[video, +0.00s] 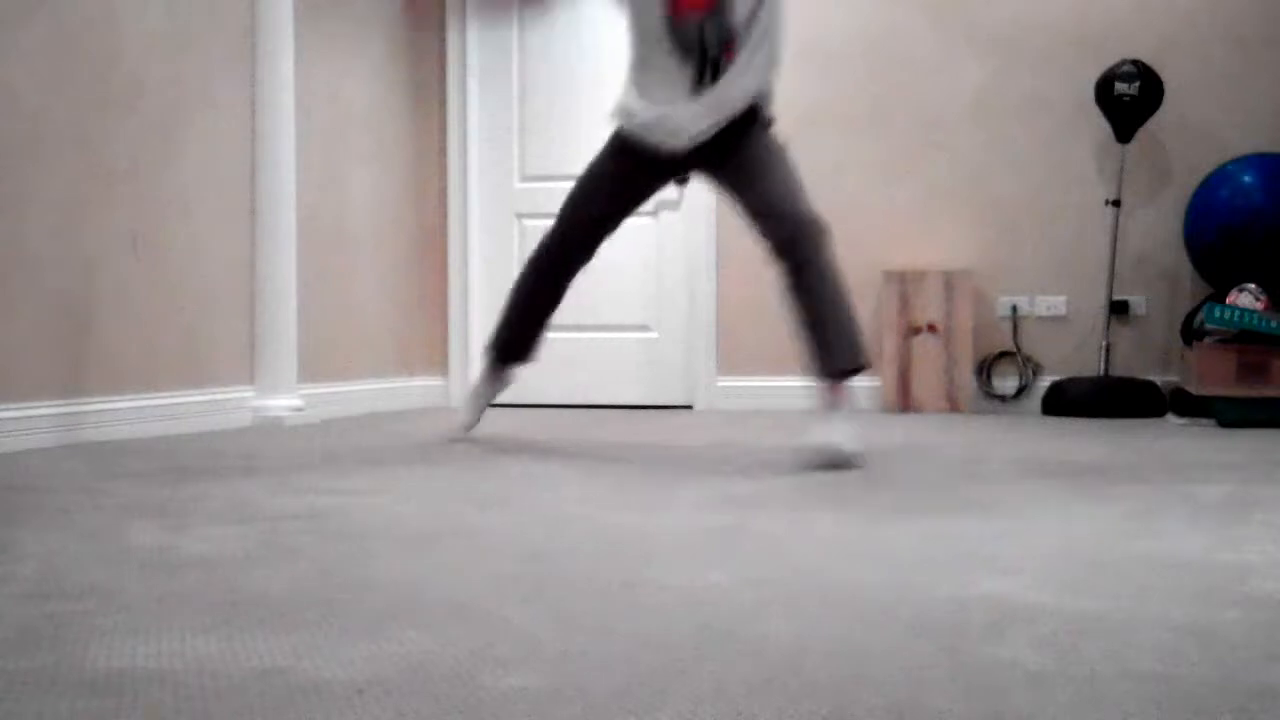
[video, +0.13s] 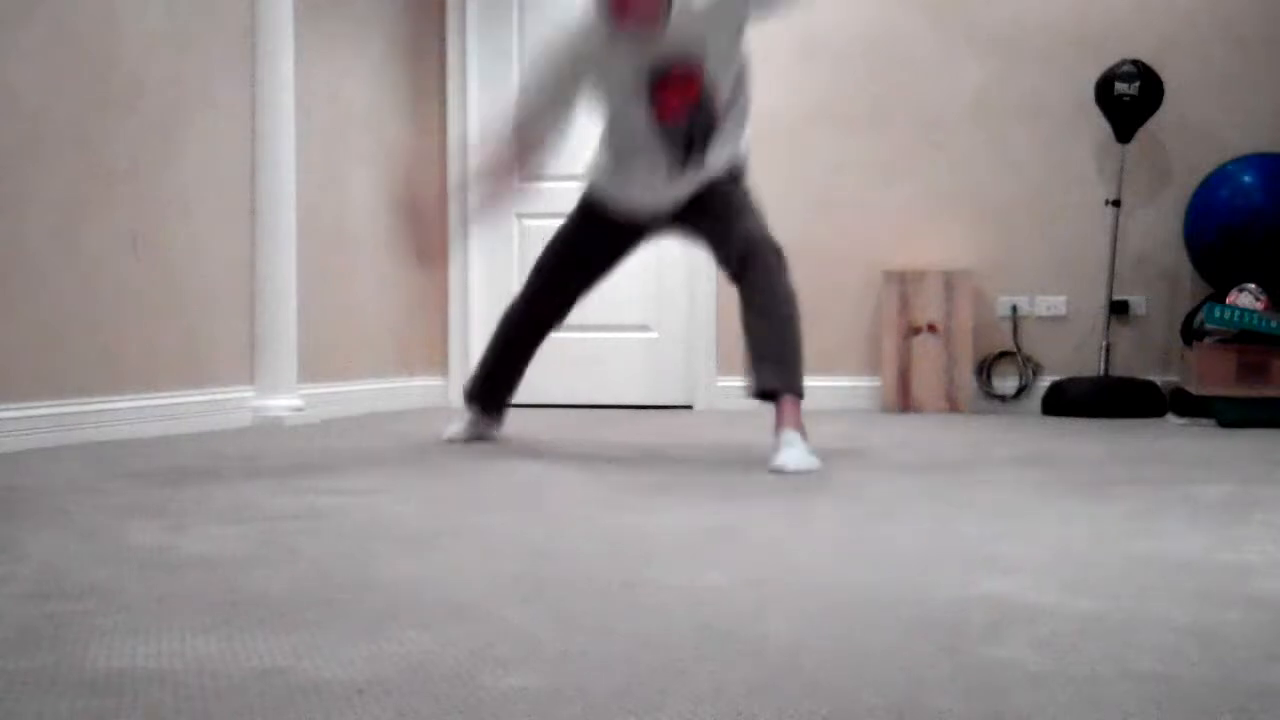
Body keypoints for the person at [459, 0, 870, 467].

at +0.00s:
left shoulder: (761, 7)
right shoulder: (644, 6)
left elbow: (758, 69)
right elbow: (643, 64)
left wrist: (686, 125)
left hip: (732, 125)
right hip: (648, 127)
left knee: (801, 238)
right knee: (565, 245)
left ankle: (840, 397)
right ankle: (496, 370)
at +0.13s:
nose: (627, 21)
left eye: (636, 11)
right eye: (618, 13)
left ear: (659, 2)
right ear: (607, 6)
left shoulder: (718, 10)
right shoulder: (594, 36)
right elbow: (544, 100)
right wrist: (517, 153)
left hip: (710, 185)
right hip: (622, 193)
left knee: (762, 262)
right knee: (544, 296)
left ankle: (790, 429)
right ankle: (481, 414)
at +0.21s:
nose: (596, 57)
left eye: (605, 39)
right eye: (584, 43)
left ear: (634, 34)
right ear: (574, 51)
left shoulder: (692, 61)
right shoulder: (575, 119)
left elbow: (791, 51)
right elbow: (548, 221)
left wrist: (847, 10)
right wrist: (540, 322)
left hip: (696, 216)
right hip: (611, 235)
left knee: (757, 260)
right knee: (517, 336)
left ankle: (790, 429)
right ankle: (480, 430)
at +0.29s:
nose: (556, 117)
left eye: (565, 96)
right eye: (546, 102)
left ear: (601, 86)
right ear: (541, 108)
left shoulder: (662, 103)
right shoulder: (561, 195)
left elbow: (735, 102)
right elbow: (586, 311)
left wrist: (773, 90)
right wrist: (583, 430)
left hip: (694, 227)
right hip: (618, 256)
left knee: (753, 254)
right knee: (513, 354)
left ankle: (790, 424)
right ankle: (480, 430)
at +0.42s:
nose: (489, 175)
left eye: (493, 153)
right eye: (478, 163)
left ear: (532, 133)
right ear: (480, 169)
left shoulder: (584, 137)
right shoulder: (553, 228)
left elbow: (667, 127)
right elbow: (604, 324)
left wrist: (569, 162)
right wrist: (588, 436)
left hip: (742, 200)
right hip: (673, 238)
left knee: (736, 242)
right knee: (567, 318)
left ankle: (787, 432)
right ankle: (486, 417)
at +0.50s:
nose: (454, 183)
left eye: (455, 160)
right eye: (444, 177)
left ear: (496, 137)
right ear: (451, 191)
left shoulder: (564, 146)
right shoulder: (558, 230)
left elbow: (612, 96)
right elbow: (614, 324)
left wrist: (561, 122)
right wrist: (588, 436)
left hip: (766, 184)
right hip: (695, 220)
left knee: (714, 252)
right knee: (631, 312)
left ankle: (790, 429)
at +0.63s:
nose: (442, 178)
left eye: (437, 156)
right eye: (432, 177)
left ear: (467, 128)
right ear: (443, 186)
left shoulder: (527, 113)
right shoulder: (555, 228)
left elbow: (591, 30)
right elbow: (607, 328)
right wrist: (591, 438)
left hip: (755, 170)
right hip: (724, 209)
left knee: (687, 285)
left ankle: (803, 430)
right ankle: (904, 343)